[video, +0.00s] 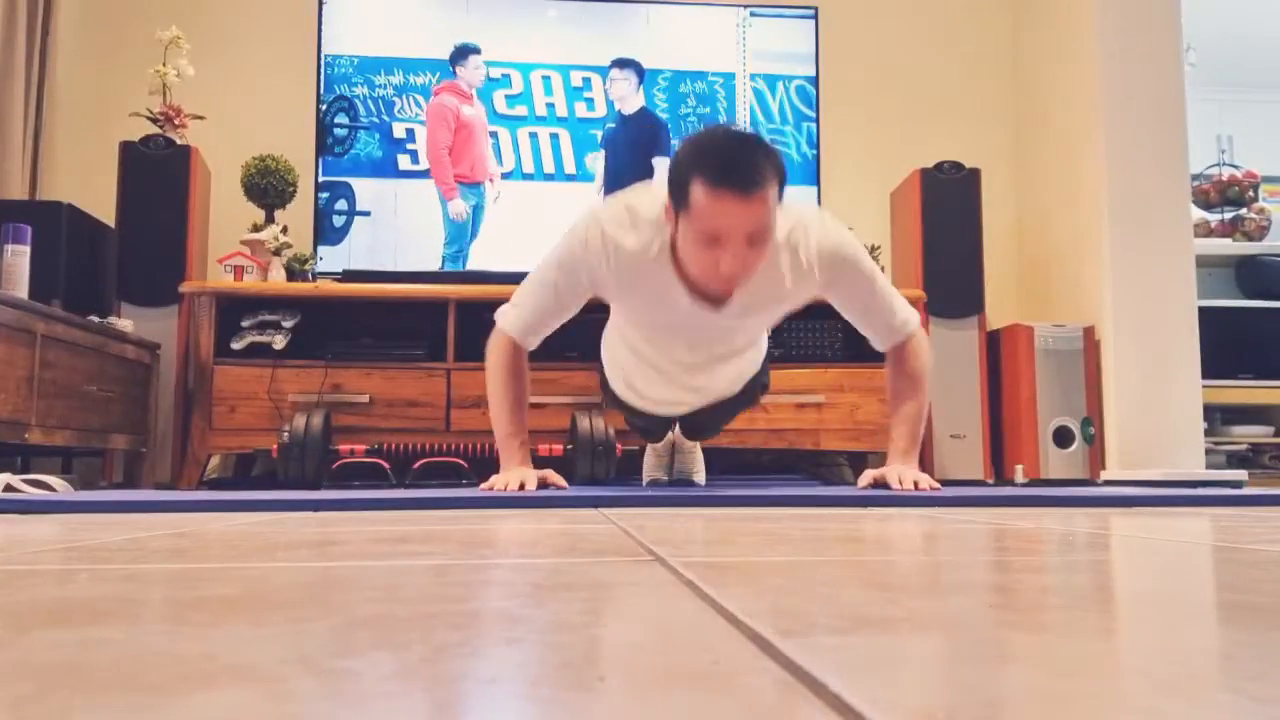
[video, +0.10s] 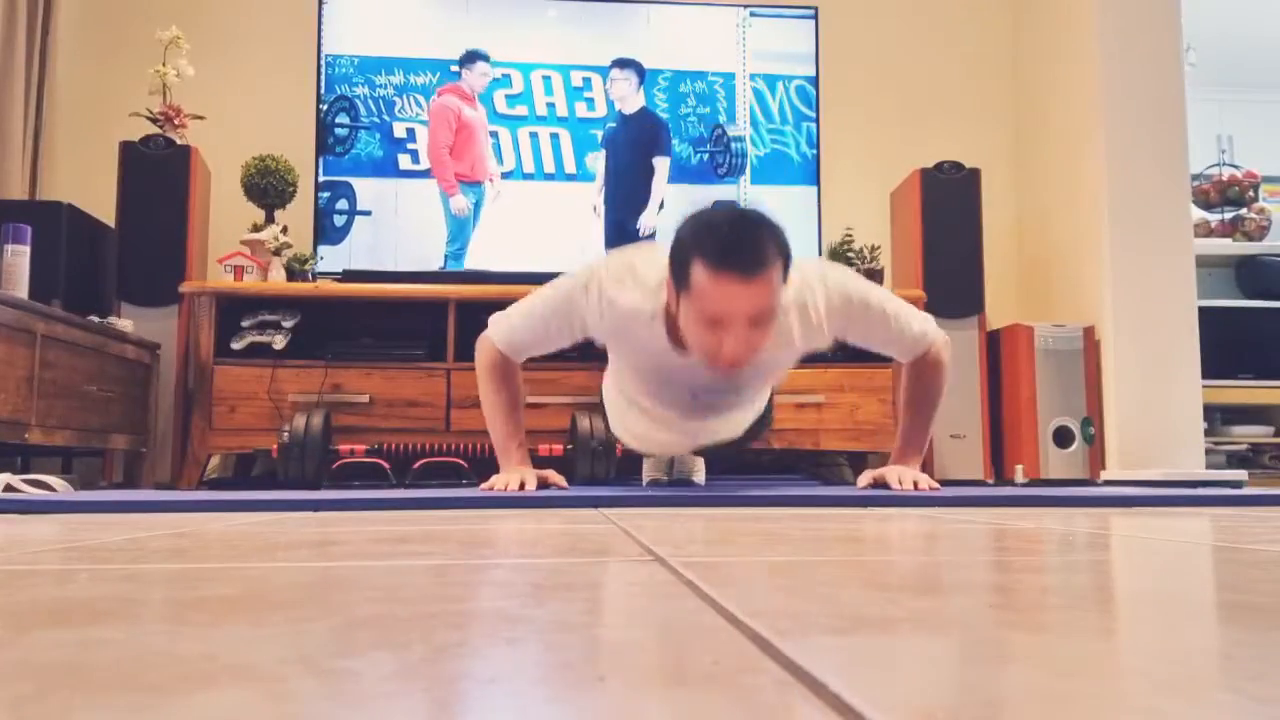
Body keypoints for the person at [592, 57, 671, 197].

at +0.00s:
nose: (607, 86)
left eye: (613, 80)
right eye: (608, 80)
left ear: (631, 83)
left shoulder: (656, 125)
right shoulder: (611, 122)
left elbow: (661, 175)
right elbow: (602, 164)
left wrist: (653, 213)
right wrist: (595, 195)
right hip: (611, 209)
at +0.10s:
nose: (608, 86)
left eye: (615, 80)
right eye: (608, 80)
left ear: (634, 83)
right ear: (607, 83)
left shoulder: (656, 125)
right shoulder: (612, 123)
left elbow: (661, 172)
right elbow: (603, 162)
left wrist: (652, 210)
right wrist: (598, 195)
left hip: (640, 211)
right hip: (613, 209)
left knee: (640, 271)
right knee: (615, 269)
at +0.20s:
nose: (609, 86)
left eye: (615, 80)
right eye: (609, 81)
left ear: (633, 84)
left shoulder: (657, 125)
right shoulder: (612, 123)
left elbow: (662, 171)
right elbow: (604, 163)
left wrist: (652, 210)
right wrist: (599, 194)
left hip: (640, 210)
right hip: (613, 208)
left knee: (644, 272)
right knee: (617, 271)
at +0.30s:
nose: (610, 87)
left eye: (615, 81)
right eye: (609, 81)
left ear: (633, 84)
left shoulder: (657, 125)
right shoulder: (613, 124)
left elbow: (662, 172)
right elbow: (605, 164)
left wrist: (651, 210)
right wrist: (600, 194)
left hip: (640, 210)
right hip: (613, 209)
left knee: (644, 272)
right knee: (617, 272)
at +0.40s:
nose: (610, 87)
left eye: (615, 81)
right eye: (609, 82)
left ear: (633, 83)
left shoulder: (657, 125)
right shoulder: (613, 124)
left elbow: (662, 172)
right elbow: (605, 164)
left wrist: (651, 210)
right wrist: (600, 193)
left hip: (640, 211)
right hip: (613, 209)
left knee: (644, 272)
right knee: (617, 272)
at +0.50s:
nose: (609, 86)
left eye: (614, 80)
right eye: (609, 81)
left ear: (632, 83)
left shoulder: (656, 124)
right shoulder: (614, 123)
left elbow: (662, 170)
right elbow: (606, 162)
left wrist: (652, 209)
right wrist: (601, 193)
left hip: (640, 211)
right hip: (614, 209)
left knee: (641, 275)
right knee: (617, 272)